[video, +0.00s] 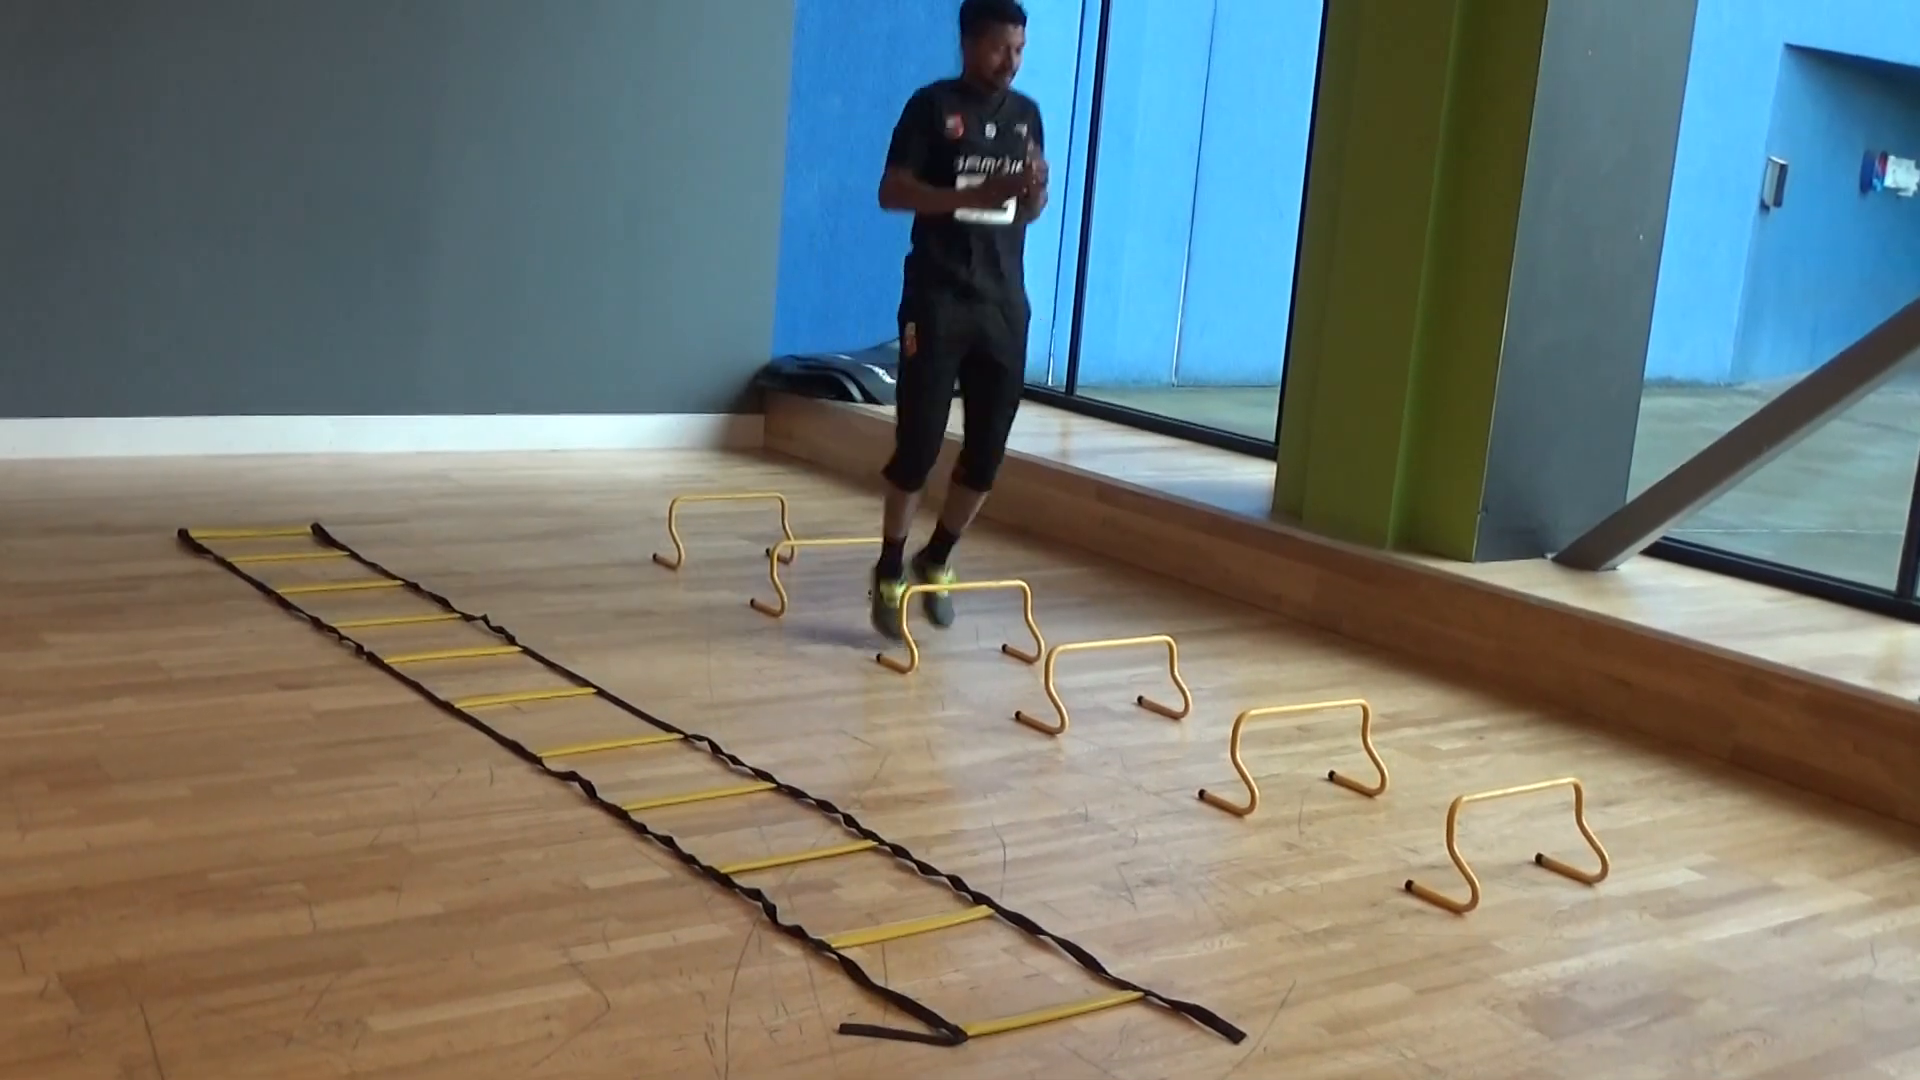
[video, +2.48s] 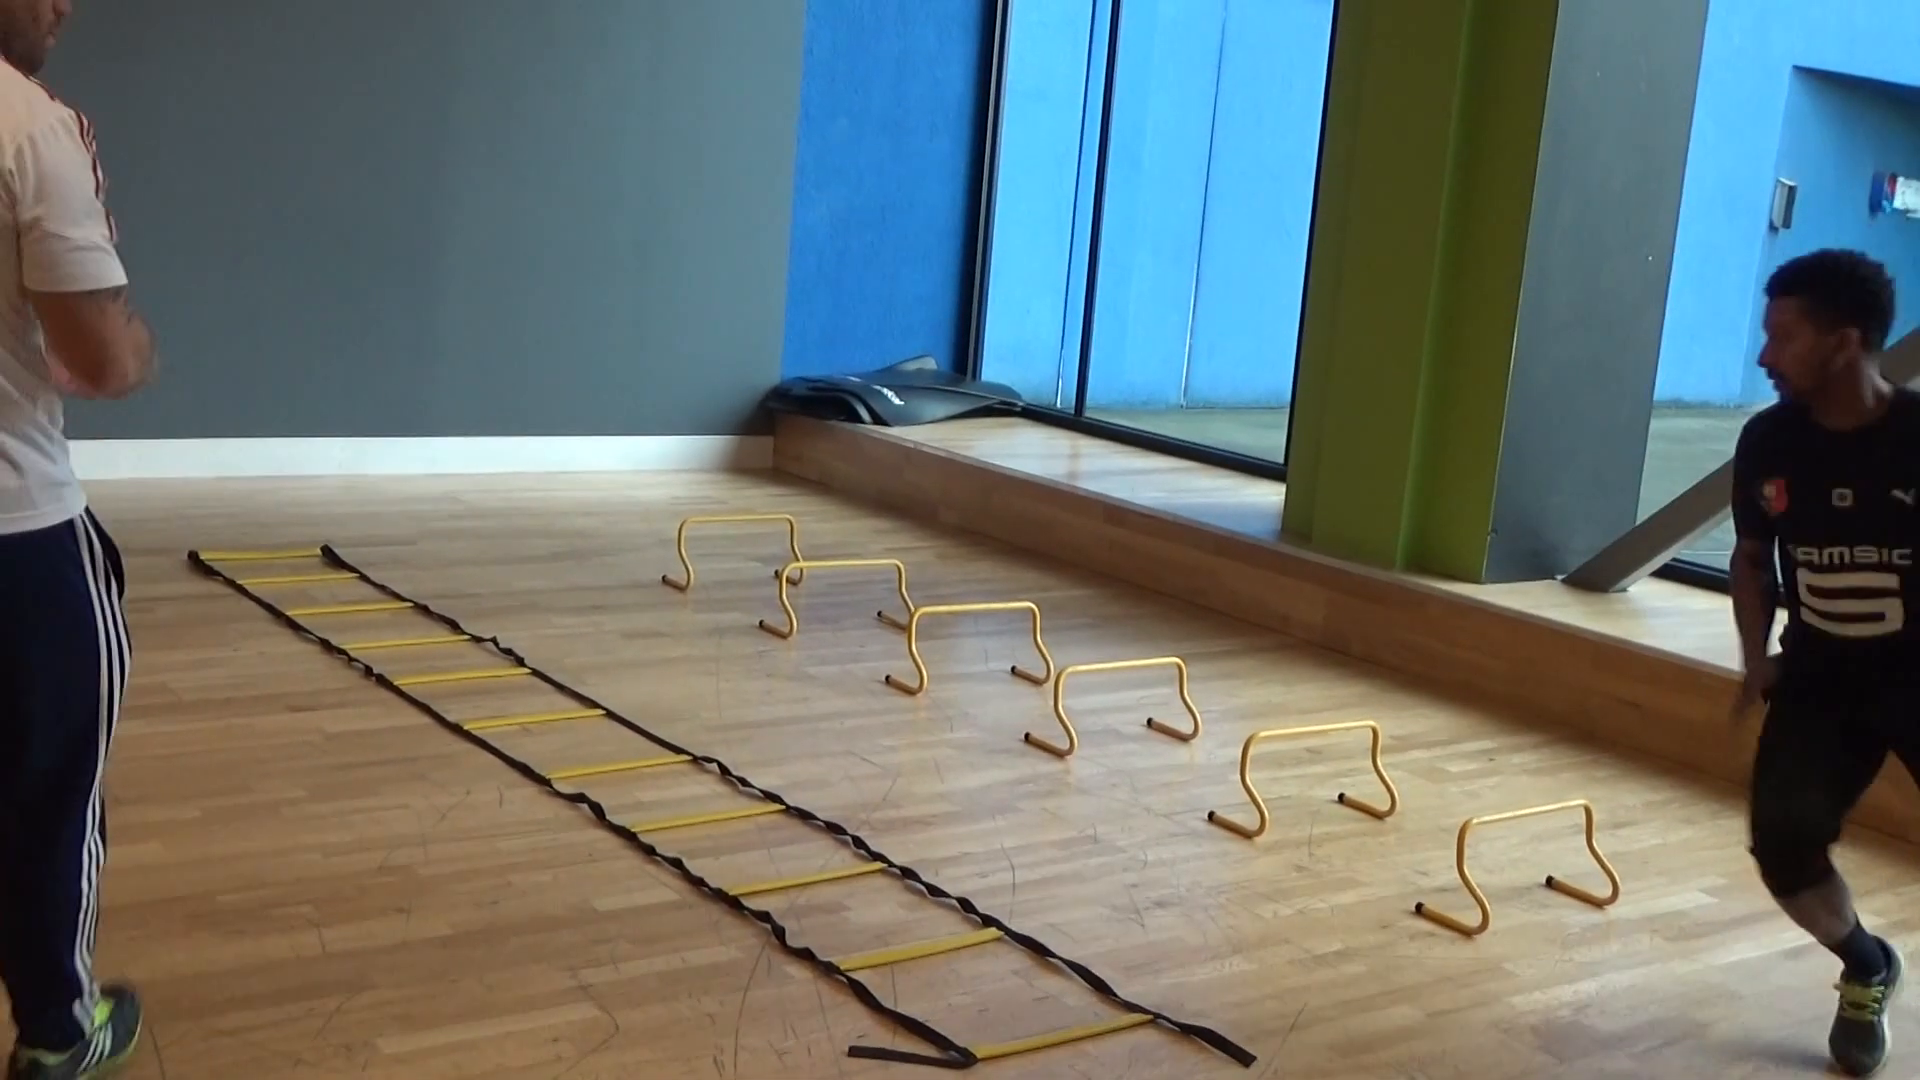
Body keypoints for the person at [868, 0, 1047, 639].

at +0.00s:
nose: (1008, 60)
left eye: (1016, 49)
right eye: (998, 47)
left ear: (1022, 49)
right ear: (968, 42)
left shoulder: (1025, 113)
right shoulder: (932, 105)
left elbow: (1026, 212)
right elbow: (892, 190)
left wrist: (1034, 195)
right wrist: (977, 196)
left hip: (1004, 303)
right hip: (938, 299)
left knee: (986, 451)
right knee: (919, 445)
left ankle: (935, 561)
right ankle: (890, 571)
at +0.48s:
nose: (1135, 138)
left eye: (1141, 125)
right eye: (1121, 125)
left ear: (1145, 124)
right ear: (1085, 121)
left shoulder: (1145, 203)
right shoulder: (1048, 203)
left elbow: (1128, 295)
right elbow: (1012, 302)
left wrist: (1166, 356)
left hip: (1116, 397)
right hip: (1051, 394)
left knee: (1102, 557)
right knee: (1064, 550)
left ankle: (1039, 661)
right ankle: (1005, 664)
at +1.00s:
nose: (1327, 153)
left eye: (1334, 139)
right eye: (1313, 138)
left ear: (1337, 142)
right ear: (1273, 135)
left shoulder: (1321, 221)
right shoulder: (1220, 214)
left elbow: (1278, 321)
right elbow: (1138, 298)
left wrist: (1305, 388)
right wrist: (1163, 400)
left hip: (1282, 428)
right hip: (1214, 421)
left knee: (1274, 598)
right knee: (1226, 589)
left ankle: (1203, 715)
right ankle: (1162, 722)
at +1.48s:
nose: (1582, 112)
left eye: (1591, 97)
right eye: (1570, 94)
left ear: (1591, 97)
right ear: (1521, 82)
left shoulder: (1563, 171)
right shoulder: (1451, 150)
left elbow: (1496, 249)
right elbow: (1332, 172)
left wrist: (1488, 343)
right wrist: (1336, 296)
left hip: (1492, 392)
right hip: (1411, 383)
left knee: (1495, 581)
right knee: (1427, 580)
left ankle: (1468, 760)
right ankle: (1411, 763)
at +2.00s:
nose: (1847, 71)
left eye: (1859, 55)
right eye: (1830, 50)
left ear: (1867, 60)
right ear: (1781, 44)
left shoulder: (1849, 151)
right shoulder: (1707, 130)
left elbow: (1801, 239)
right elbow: (1567, 182)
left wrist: (1823, 318)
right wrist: (1597, 312)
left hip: (1769, 410)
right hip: (1672, 400)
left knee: (1789, 620)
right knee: (1707, 615)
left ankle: (1753, 811)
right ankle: (1667, 808)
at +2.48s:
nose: (1765, 350)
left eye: (1782, 333)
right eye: (1767, 332)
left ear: (1846, 340)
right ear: (1825, 341)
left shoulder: (1916, 427)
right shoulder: (1767, 439)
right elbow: (1753, 557)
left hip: (1915, 674)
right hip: (1822, 676)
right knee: (1784, 852)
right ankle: (1868, 966)